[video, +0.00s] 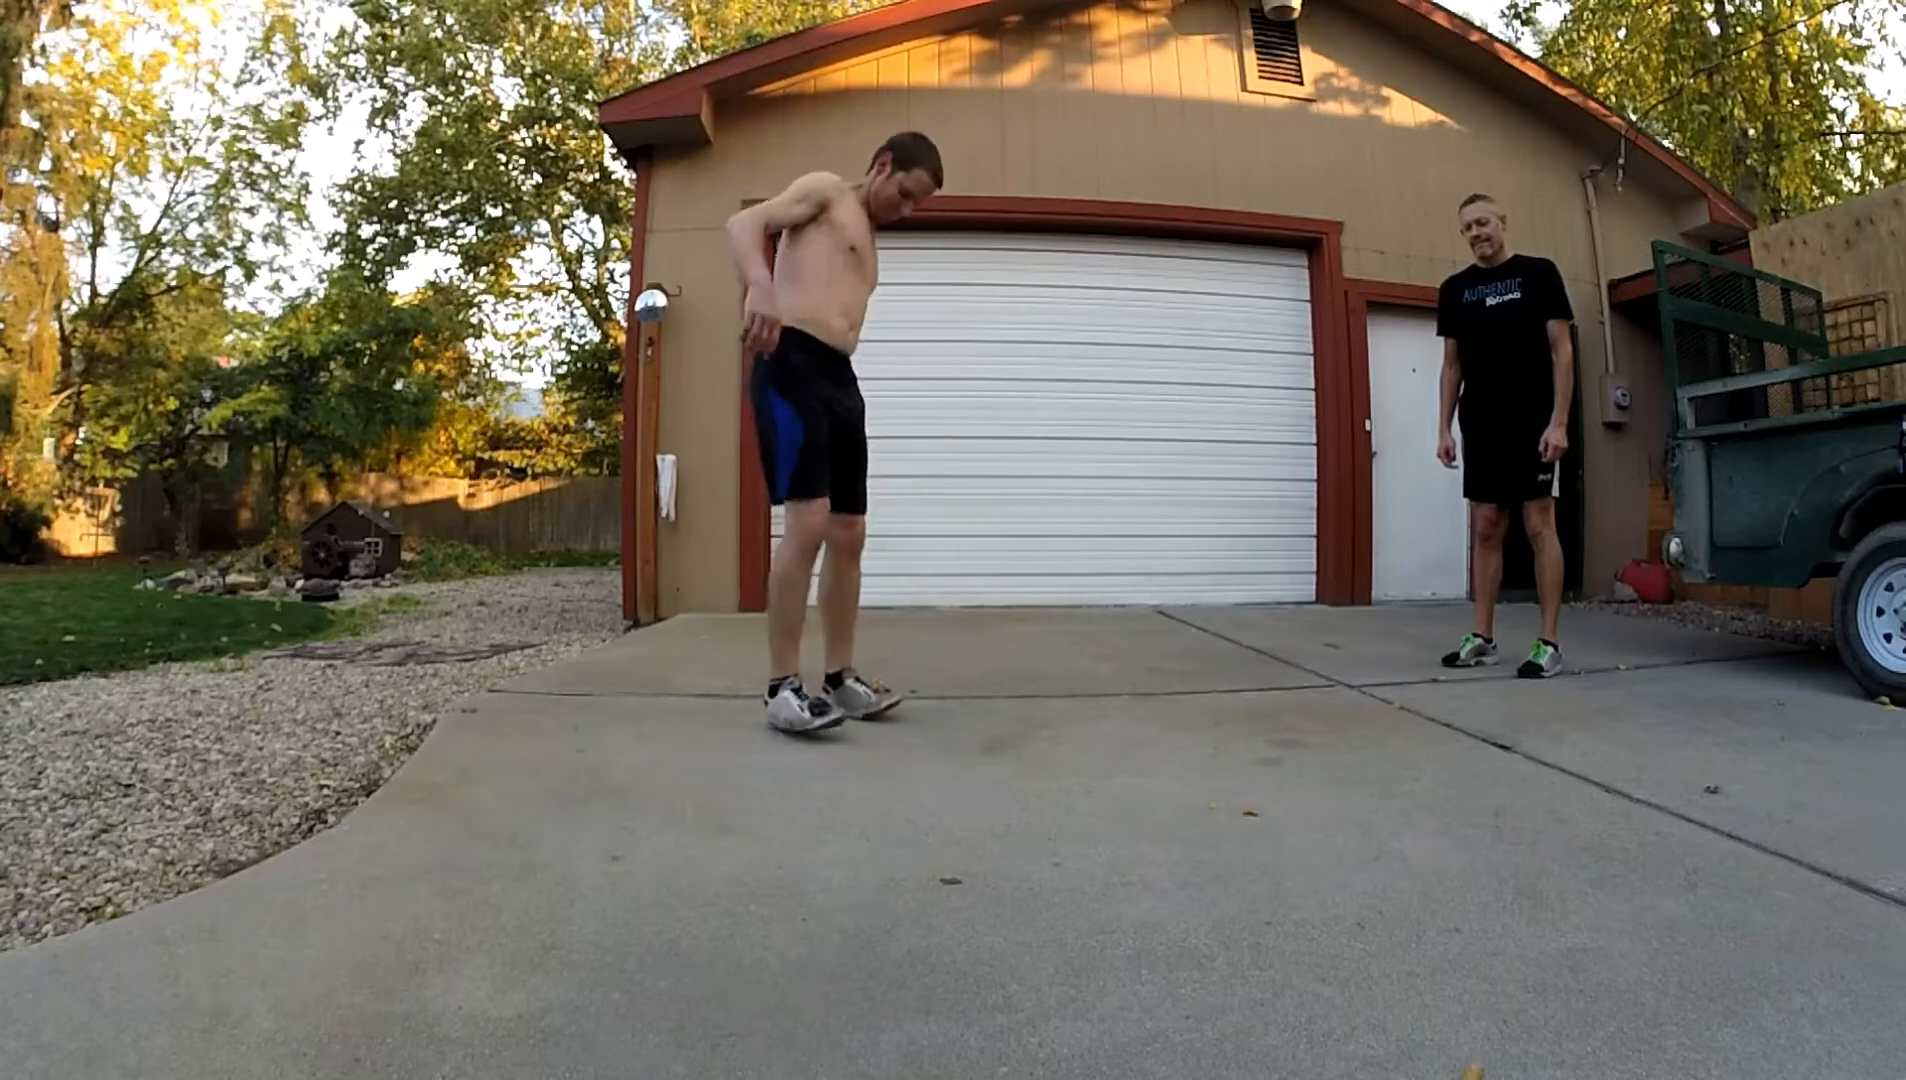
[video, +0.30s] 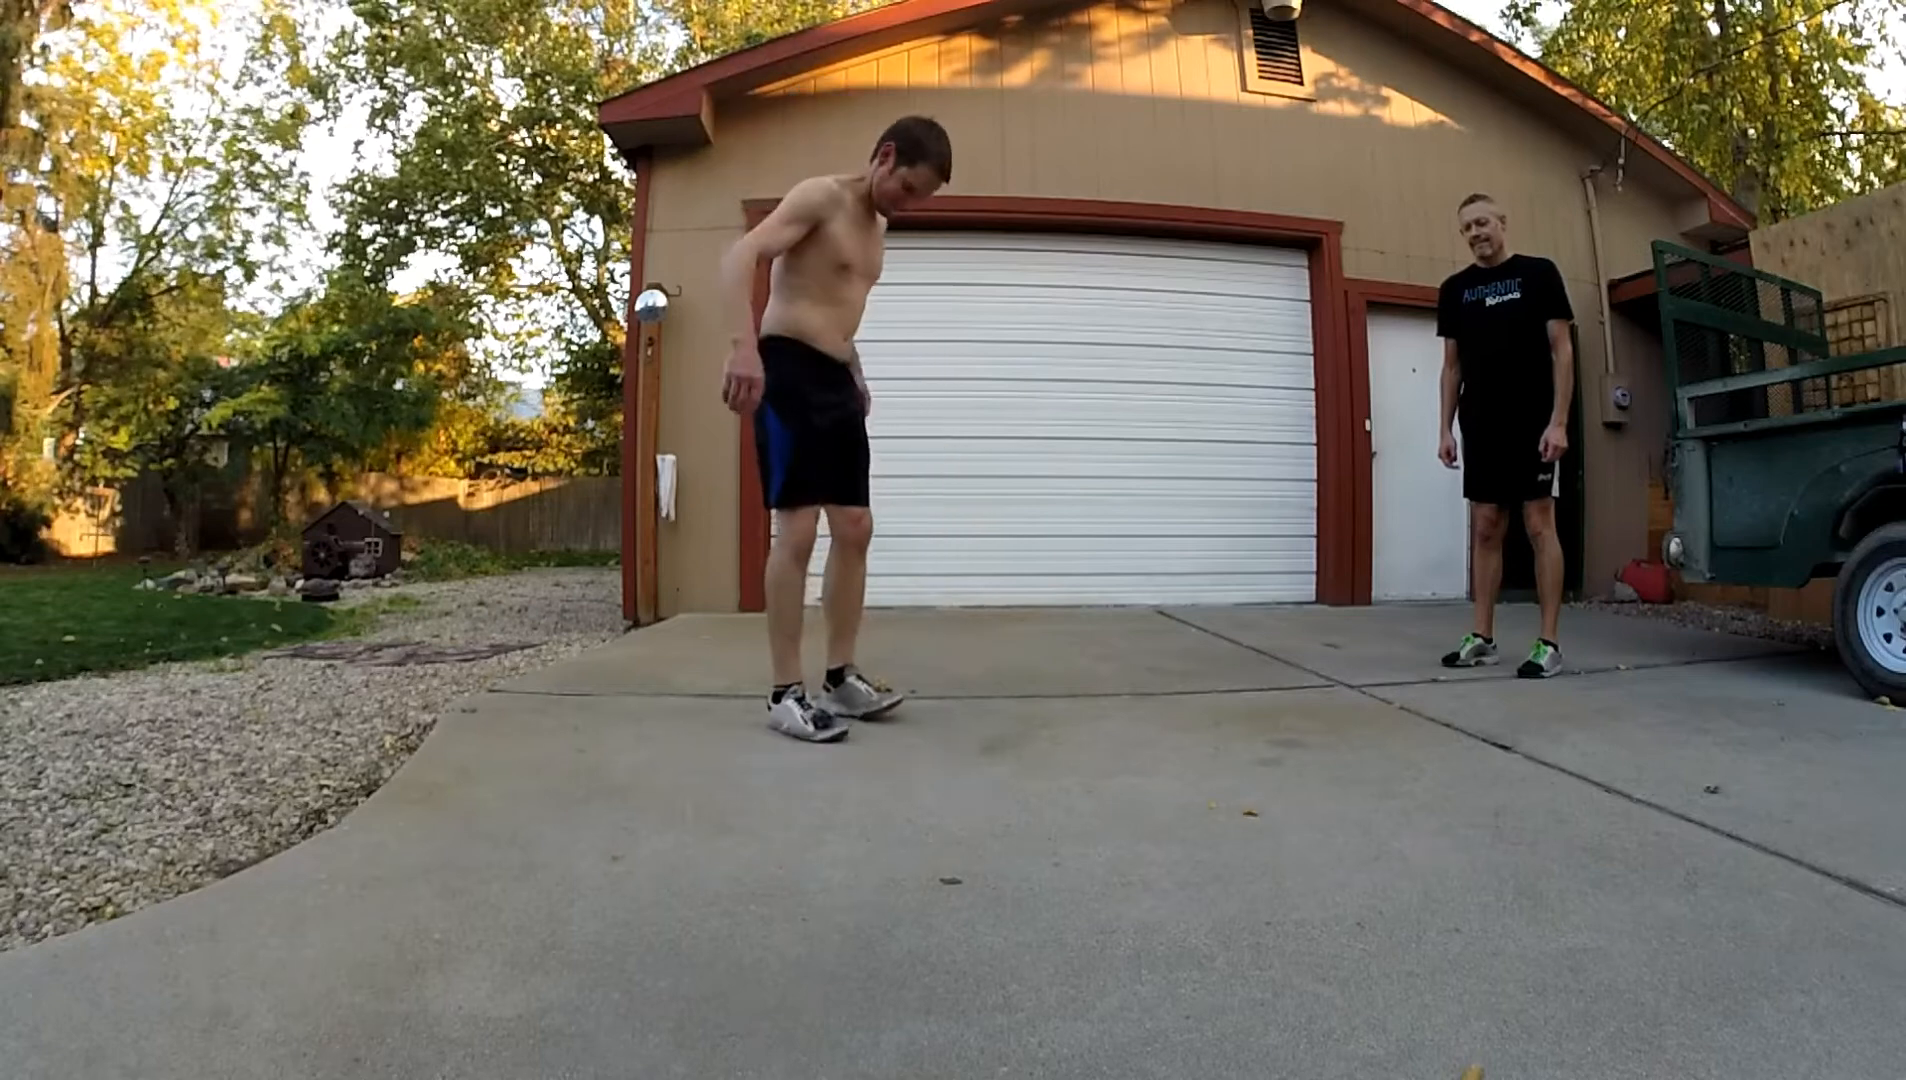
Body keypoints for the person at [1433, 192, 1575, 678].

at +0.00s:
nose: (1477, 232)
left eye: (1483, 223)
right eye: (1469, 227)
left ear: (1503, 224)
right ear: (1462, 236)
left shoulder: (1539, 273)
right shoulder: (1455, 290)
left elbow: (1562, 349)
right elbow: (1452, 363)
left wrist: (1559, 422)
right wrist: (1445, 428)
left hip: (1534, 420)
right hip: (1482, 423)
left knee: (1539, 527)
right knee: (1486, 528)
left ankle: (1549, 641)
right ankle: (1482, 636)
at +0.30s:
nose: (1477, 232)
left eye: (1483, 223)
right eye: (1469, 227)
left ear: (1502, 224)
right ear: (1462, 236)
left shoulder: (1539, 273)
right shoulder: (1454, 290)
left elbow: (1562, 349)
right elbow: (1452, 365)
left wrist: (1558, 422)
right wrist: (1446, 429)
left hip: (1534, 420)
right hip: (1482, 423)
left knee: (1539, 527)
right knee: (1486, 528)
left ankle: (1549, 641)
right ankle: (1482, 636)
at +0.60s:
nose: (1476, 232)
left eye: (1482, 223)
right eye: (1468, 227)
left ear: (1502, 224)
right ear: (1461, 236)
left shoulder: (1539, 273)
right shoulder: (1454, 290)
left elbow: (1562, 350)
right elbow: (1452, 364)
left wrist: (1558, 422)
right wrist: (1446, 428)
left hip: (1534, 420)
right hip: (1482, 423)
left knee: (1539, 527)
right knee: (1485, 529)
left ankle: (1549, 642)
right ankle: (1482, 636)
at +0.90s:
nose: (1476, 232)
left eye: (1483, 223)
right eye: (1468, 227)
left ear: (1503, 225)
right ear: (1461, 236)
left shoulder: (1539, 273)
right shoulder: (1454, 290)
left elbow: (1562, 350)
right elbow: (1452, 364)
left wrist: (1558, 422)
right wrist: (1446, 429)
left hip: (1534, 420)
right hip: (1483, 423)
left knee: (1539, 527)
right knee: (1485, 529)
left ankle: (1549, 642)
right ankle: (1482, 636)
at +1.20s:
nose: (1477, 233)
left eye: (1483, 223)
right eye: (1469, 228)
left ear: (1503, 225)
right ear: (1462, 237)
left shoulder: (1539, 273)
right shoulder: (1455, 290)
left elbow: (1563, 351)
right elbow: (1452, 364)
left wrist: (1558, 422)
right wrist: (1445, 427)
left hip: (1534, 420)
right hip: (1483, 423)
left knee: (1539, 527)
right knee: (1485, 529)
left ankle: (1549, 642)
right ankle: (1482, 636)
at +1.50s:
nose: (1477, 233)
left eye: (1483, 223)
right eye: (1469, 228)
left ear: (1503, 225)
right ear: (1462, 237)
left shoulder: (1539, 273)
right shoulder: (1455, 290)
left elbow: (1563, 351)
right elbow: (1452, 364)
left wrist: (1558, 422)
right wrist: (1445, 427)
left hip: (1534, 420)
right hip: (1482, 423)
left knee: (1539, 527)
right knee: (1485, 529)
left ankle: (1549, 642)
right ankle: (1482, 636)